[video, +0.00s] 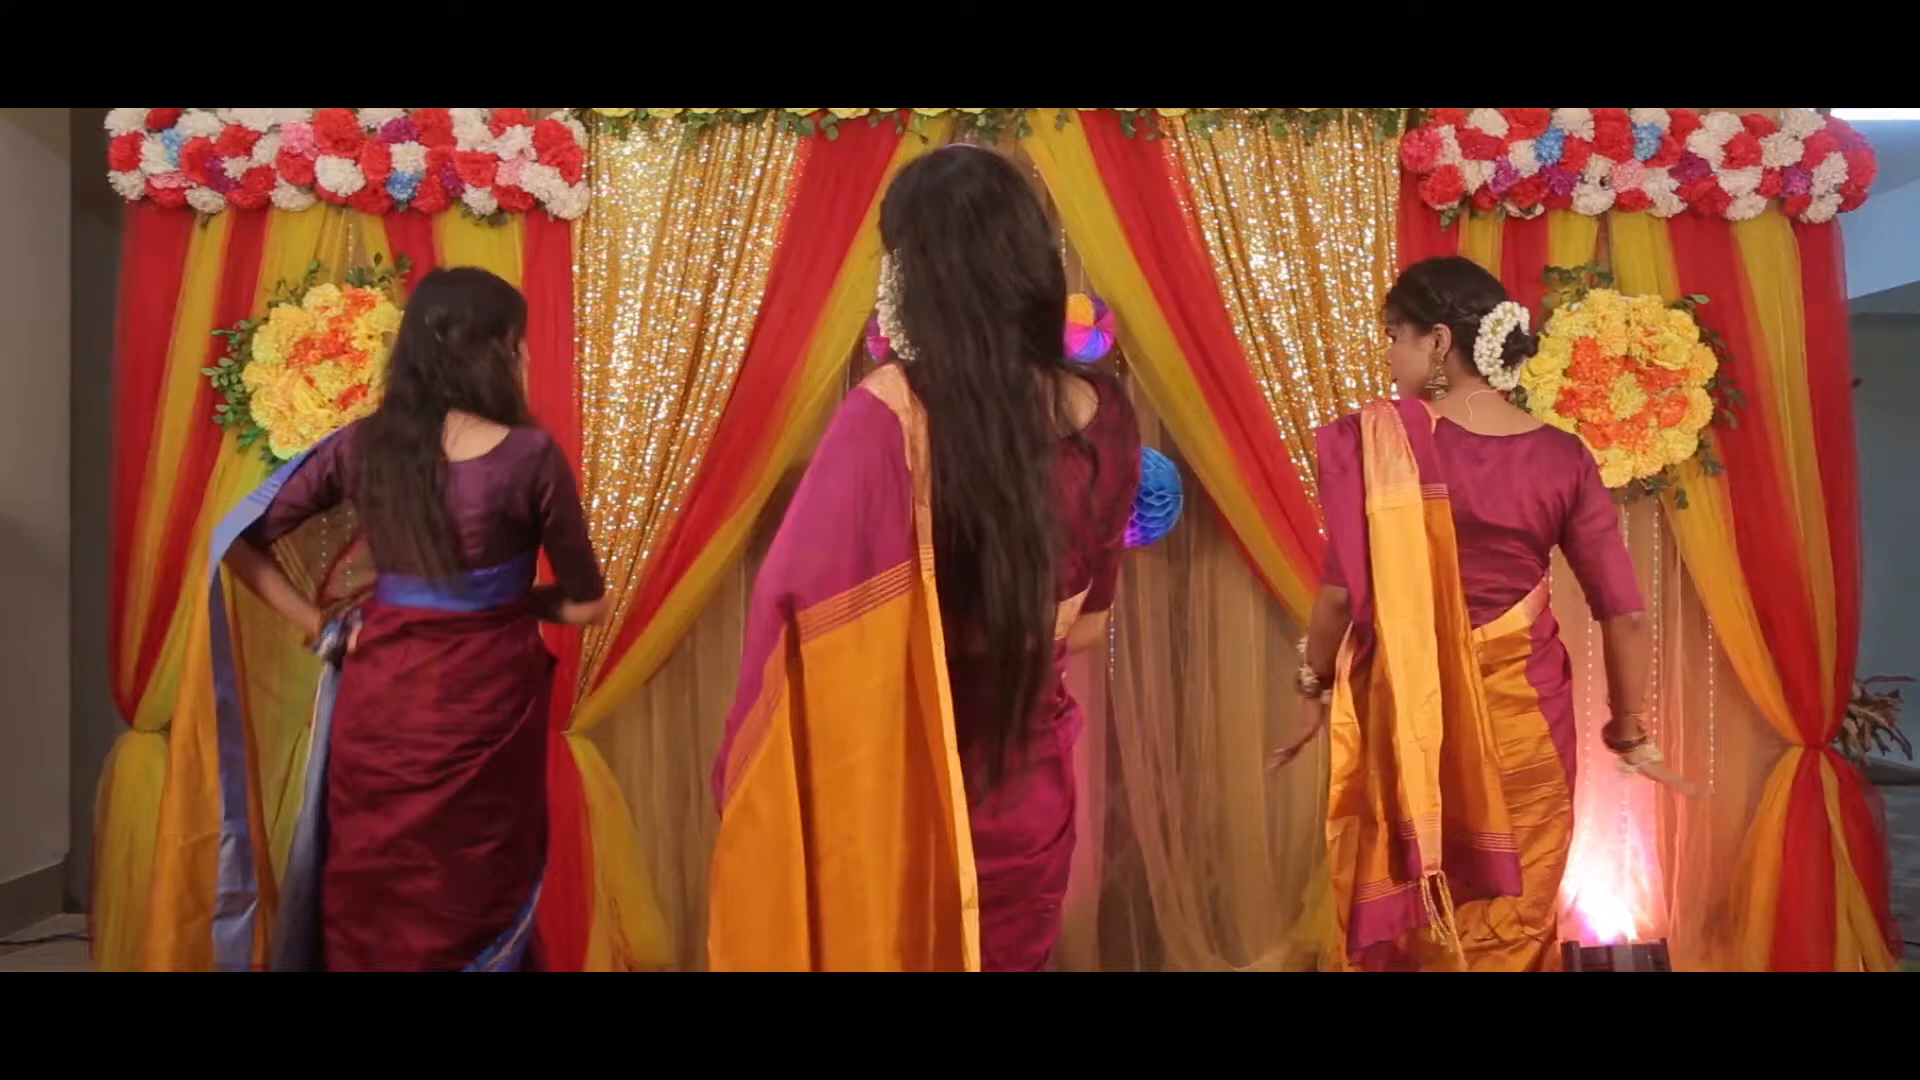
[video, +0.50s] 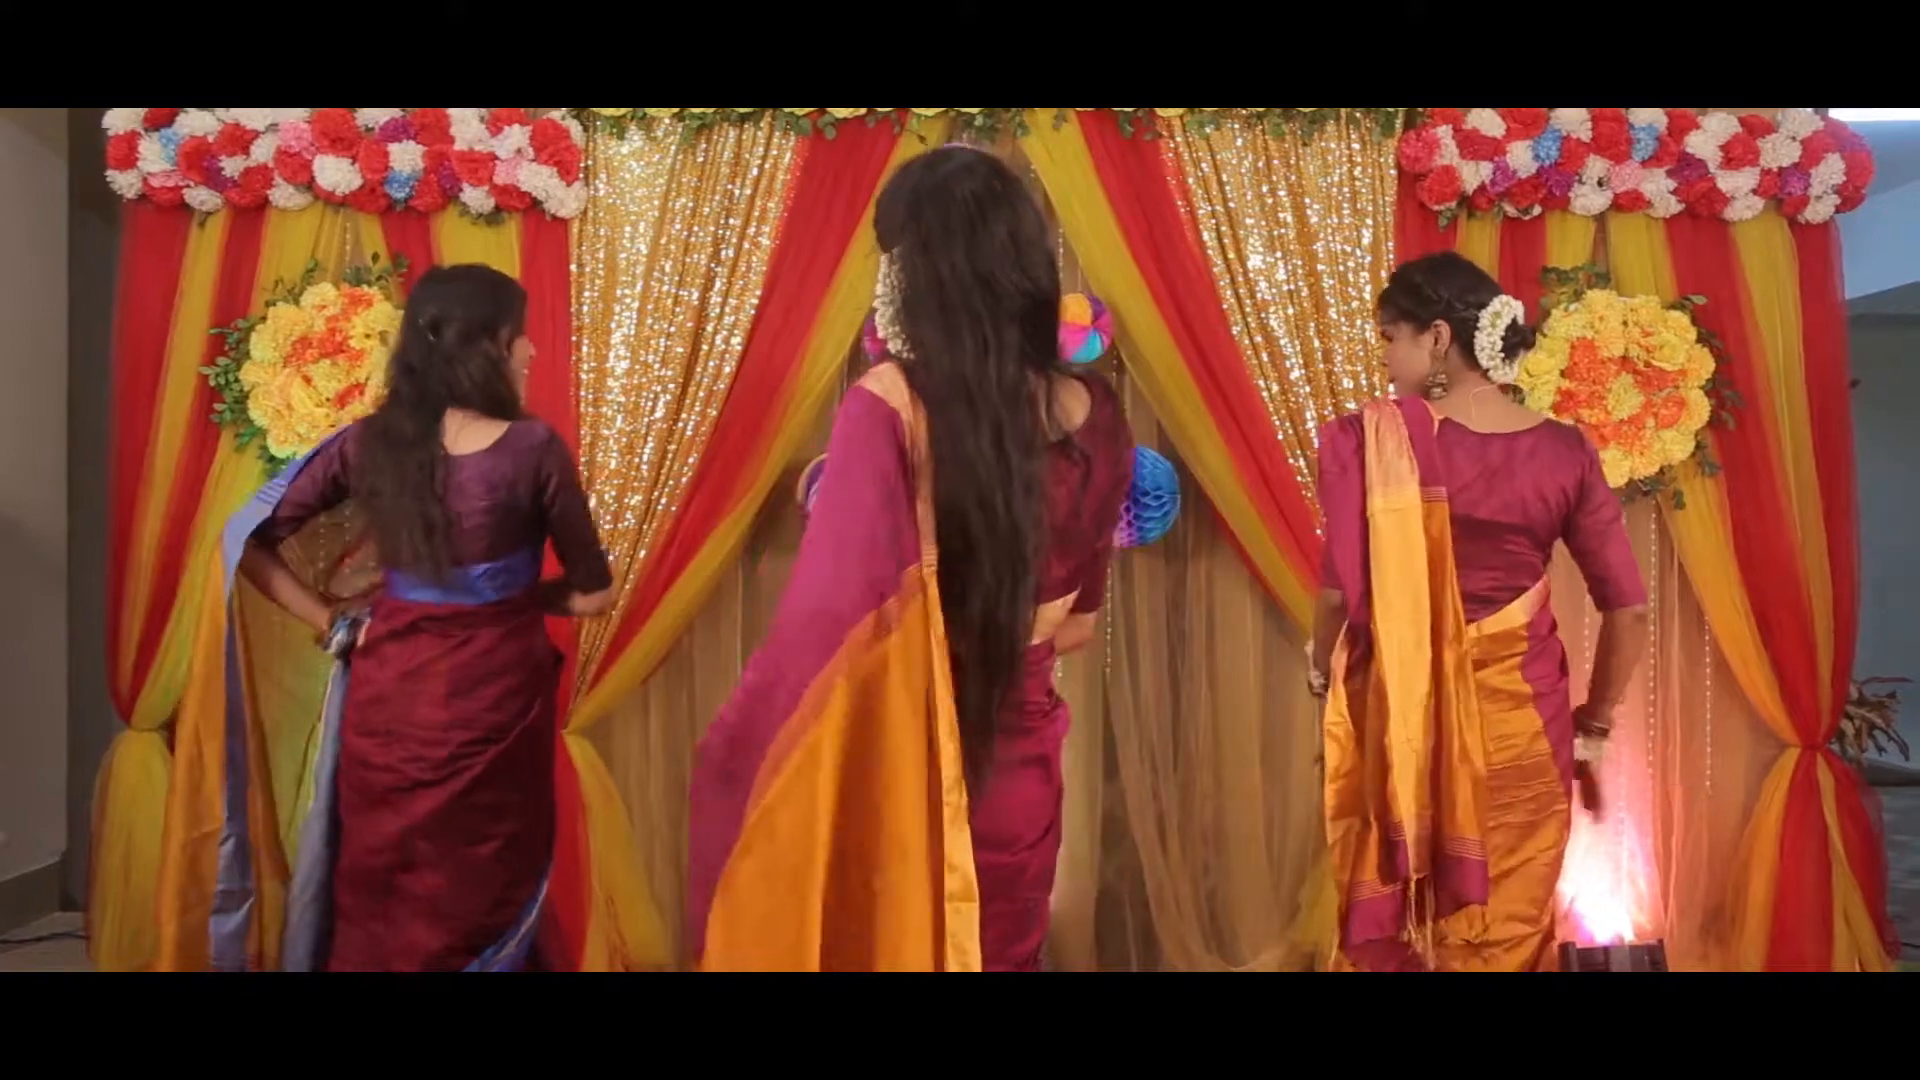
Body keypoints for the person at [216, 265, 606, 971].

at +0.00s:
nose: (527, 358)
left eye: (524, 342)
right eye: (519, 342)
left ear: (424, 348)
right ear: (492, 352)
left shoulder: (365, 442)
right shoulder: (529, 454)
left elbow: (239, 538)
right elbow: (587, 601)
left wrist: (315, 624)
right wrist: (512, 594)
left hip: (380, 689)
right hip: (489, 695)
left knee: (365, 885)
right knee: (481, 887)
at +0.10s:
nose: (530, 370)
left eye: (526, 353)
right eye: (523, 355)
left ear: (426, 360)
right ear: (494, 366)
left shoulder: (364, 456)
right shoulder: (522, 473)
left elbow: (246, 556)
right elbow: (572, 618)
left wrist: (313, 649)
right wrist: (501, 613)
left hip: (381, 707)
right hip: (489, 711)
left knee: (374, 905)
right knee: (488, 902)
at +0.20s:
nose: (529, 362)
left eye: (526, 345)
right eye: (521, 346)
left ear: (428, 351)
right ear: (494, 356)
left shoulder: (369, 447)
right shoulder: (528, 461)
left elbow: (249, 545)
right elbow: (579, 603)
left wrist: (321, 633)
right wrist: (504, 596)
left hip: (388, 699)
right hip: (496, 703)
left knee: (381, 895)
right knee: (492, 894)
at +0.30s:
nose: (531, 349)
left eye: (527, 333)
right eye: (522, 333)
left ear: (429, 343)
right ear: (487, 344)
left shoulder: (378, 439)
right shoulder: (541, 441)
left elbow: (245, 531)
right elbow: (603, 576)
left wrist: (324, 604)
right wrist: (512, 575)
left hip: (389, 687)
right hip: (499, 692)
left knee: (384, 886)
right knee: (490, 888)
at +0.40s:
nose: (529, 348)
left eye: (526, 332)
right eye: (521, 332)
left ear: (425, 338)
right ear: (492, 341)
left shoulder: (377, 437)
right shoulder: (542, 437)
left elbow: (244, 529)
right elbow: (604, 572)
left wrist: (328, 604)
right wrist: (516, 570)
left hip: (388, 682)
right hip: (498, 687)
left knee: (380, 878)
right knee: (487, 880)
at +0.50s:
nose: (531, 356)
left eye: (528, 339)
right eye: (523, 340)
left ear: (427, 345)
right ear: (486, 348)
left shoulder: (371, 440)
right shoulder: (533, 447)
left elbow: (250, 540)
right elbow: (593, 591)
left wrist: (325, 615)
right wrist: (509, 588)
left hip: (389, 681)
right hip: (495, 687)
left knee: (375, 879)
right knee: (486, 879)